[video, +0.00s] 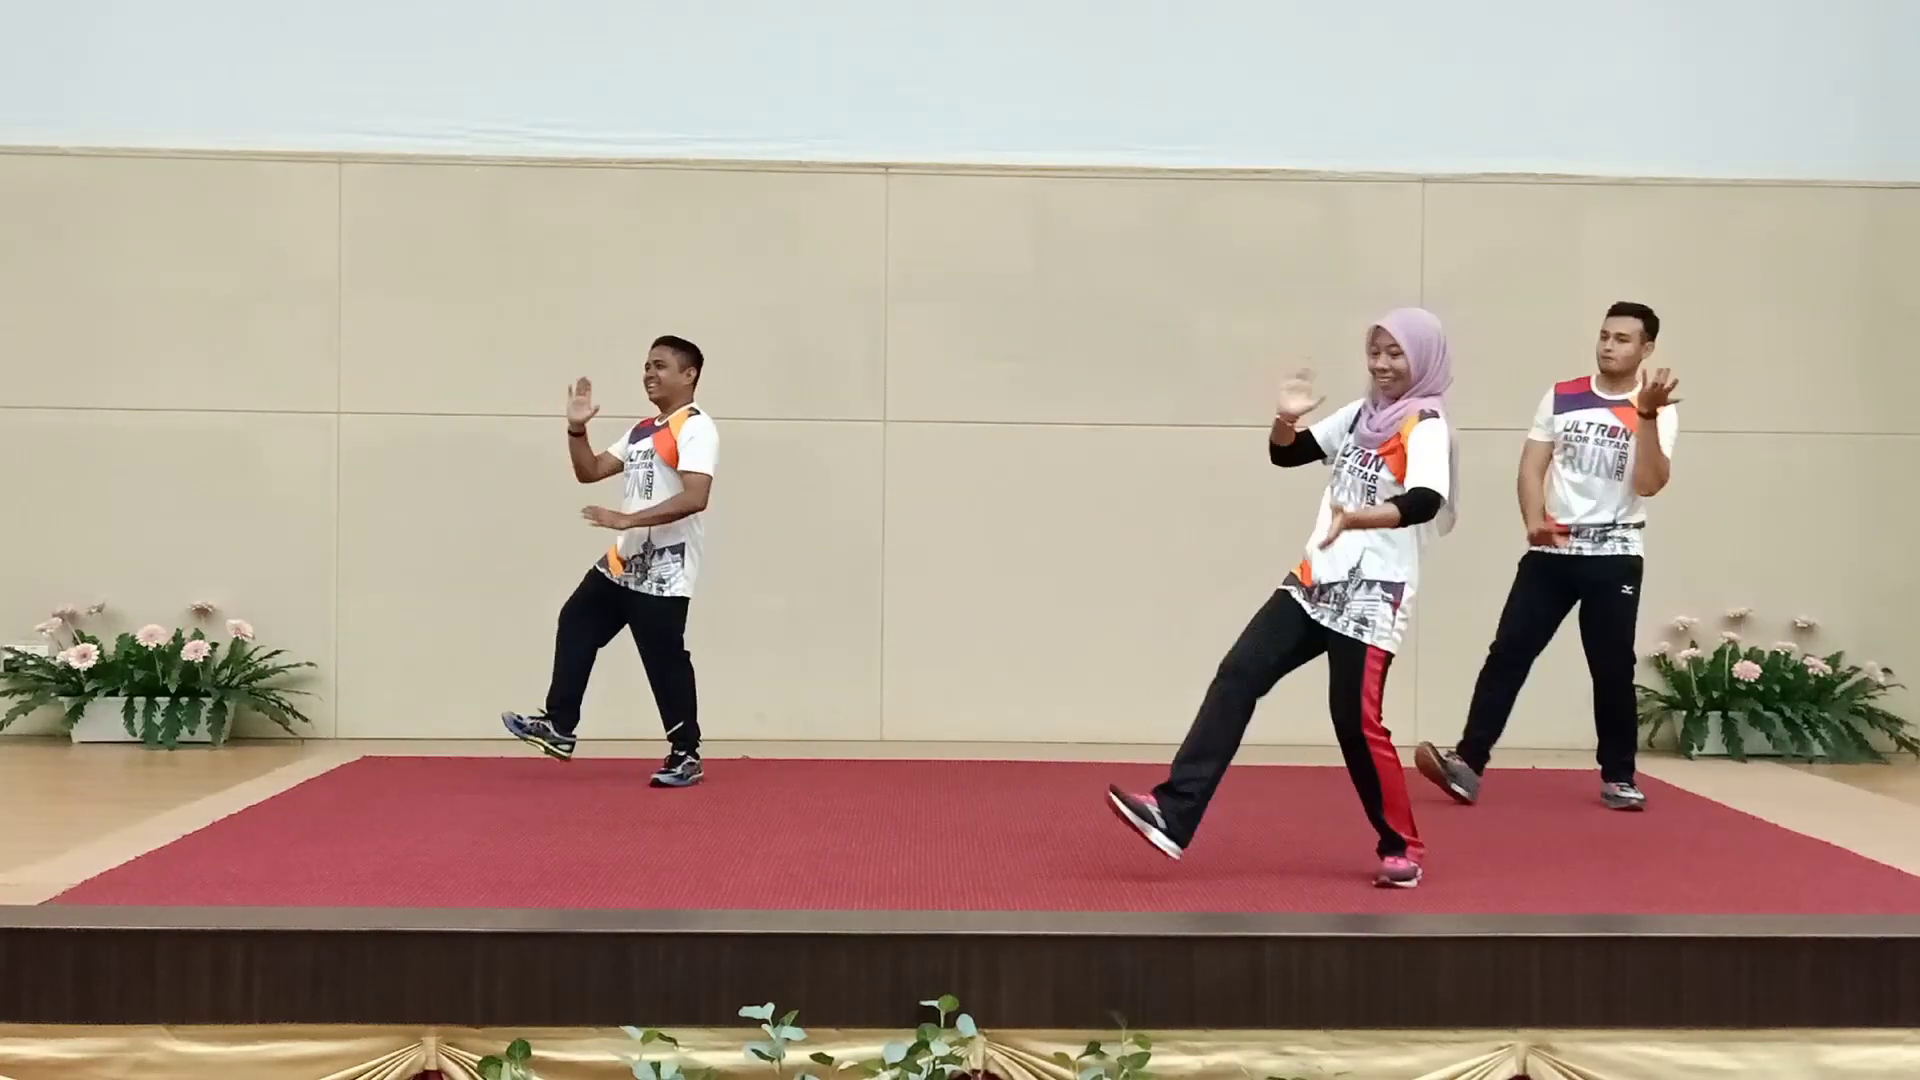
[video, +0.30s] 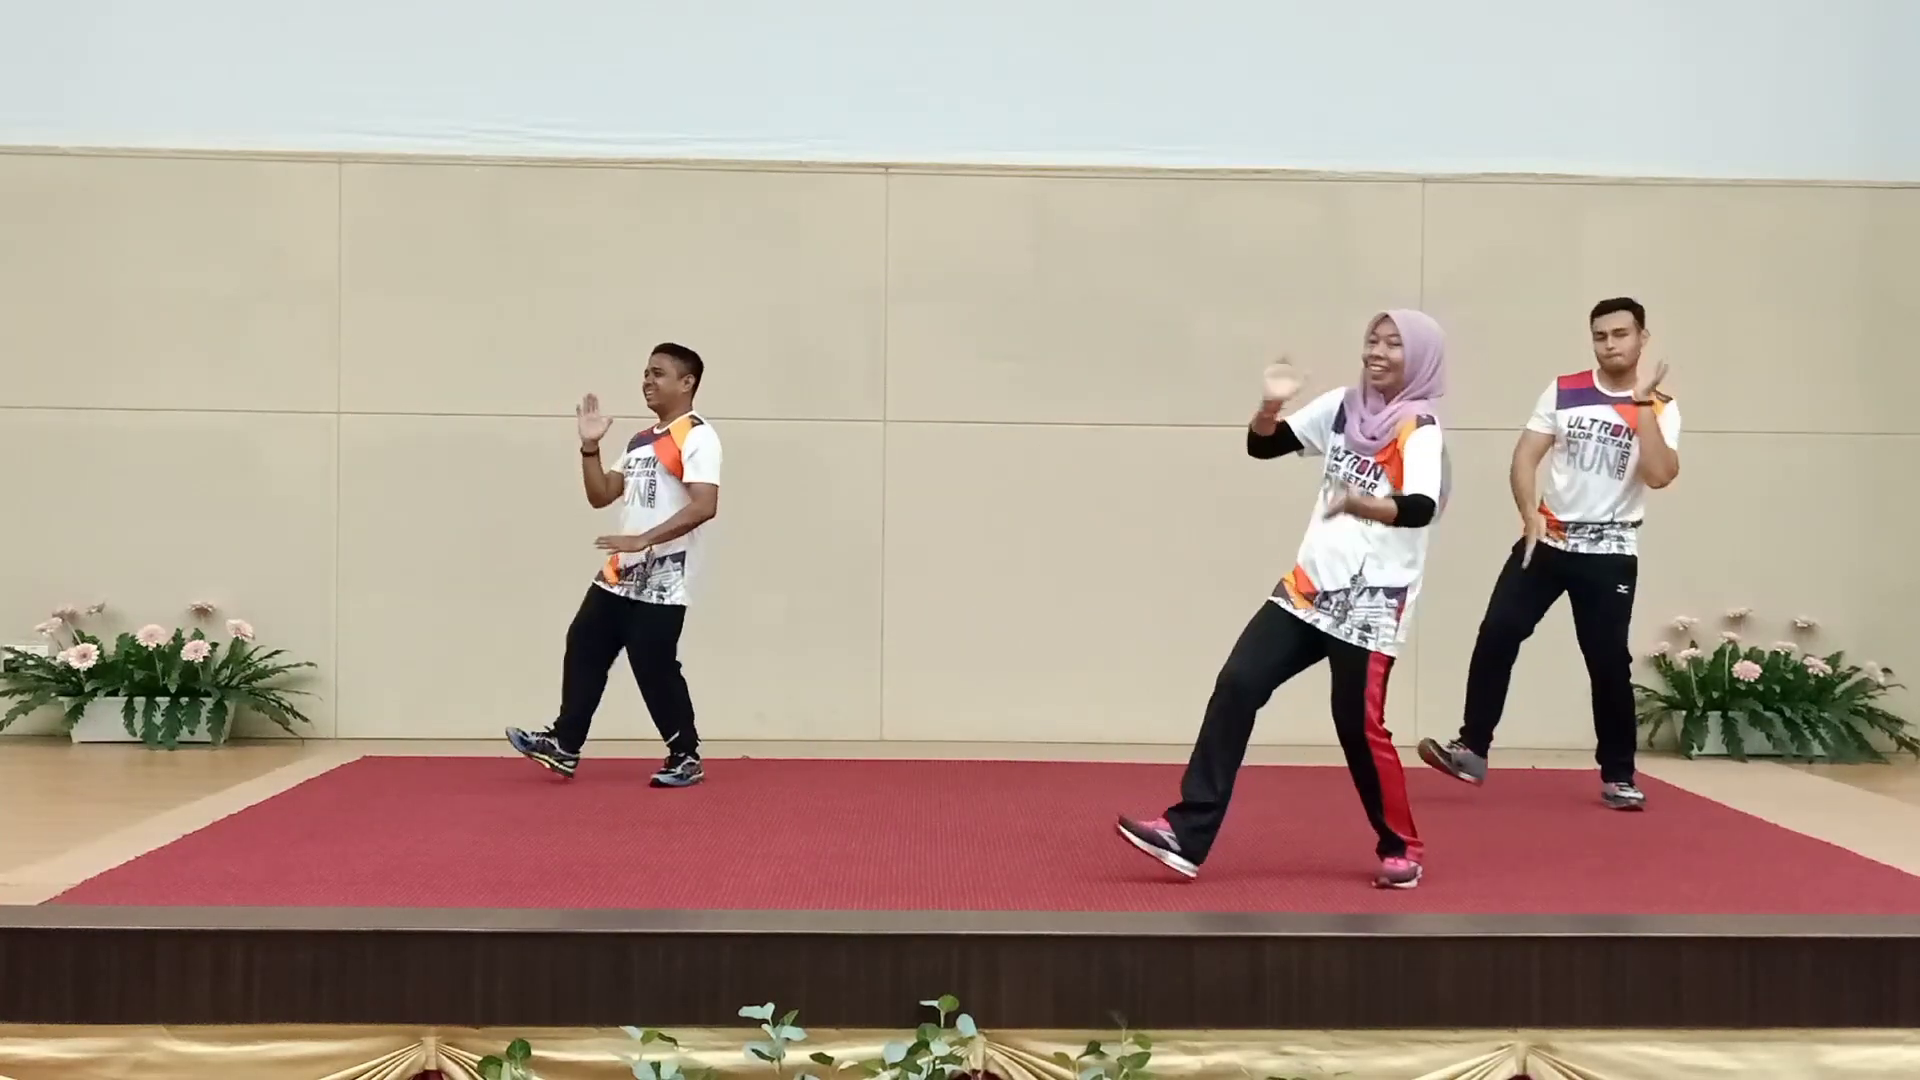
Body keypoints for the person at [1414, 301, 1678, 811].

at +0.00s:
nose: (1610, 346)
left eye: (1623, 339)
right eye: (1606, 336)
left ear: (1646, 349)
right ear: (1597, 340)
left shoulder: (1656, 410)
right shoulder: (1561, 397)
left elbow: (1649, 484)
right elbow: (1530, 469)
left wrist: (1647, 415)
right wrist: (1535, 522)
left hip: (1614, 554)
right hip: (1552, 549)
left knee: (1613, 671)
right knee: (1508, 652)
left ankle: (1619, 778)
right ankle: (1468, 765)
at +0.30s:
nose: (1611, 343)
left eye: (1621, 334)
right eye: (1601, 336)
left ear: (1642, 339)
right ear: (1591, 343)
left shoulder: (1658, 408)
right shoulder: (1563, 392)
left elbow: (1659, 475)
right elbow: (1524, 460)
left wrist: (1643, 401)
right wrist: (1530, 514)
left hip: (1609, 551)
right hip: (1546, 542)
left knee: (1609, 665)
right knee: (1497, 634)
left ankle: (1619, 777)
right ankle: (1472, 750)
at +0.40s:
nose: (1589, 334)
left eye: (1598, 322)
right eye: (1578, 328)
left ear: (1619, 326)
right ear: (1570, 336)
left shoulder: (1646, 393)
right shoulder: (1549, 386)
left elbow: (1663, 455)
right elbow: (1512, 454)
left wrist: (1622, 402)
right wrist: (1535, 434)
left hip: (1603, 544)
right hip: (1538, 535)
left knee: (1610, 662)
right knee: (1490, 622)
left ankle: (1620, 776)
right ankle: (1462, 738)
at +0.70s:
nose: (1523, 339)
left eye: (1531, 328)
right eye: (1511, 334)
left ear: (1551, 332)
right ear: (1502, 347)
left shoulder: (1590, 395)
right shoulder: (1494, 400)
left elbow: (1631, 459)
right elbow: (1473, 462)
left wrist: (1595, 478)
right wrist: (1494, 397)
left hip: (1571, 555)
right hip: (1505, 553)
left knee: (1595, 665)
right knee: (1471, 652)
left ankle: (1619, 777)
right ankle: (1441, 767)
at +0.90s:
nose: (1466, 338)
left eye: (1472, 328)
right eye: (1453, 333)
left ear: (1489, 334)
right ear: (1441, 347)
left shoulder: (1527, 396)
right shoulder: (1429, 405)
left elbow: (1563, 468)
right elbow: (1417, 475)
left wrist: (1541, 487)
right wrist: (1454, 422)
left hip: (1517, 553)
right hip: (1450, 552)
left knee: (1555, 663)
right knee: (1435, 660)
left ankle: (1597, 773)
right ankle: (1432, 775)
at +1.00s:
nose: (1445, 331)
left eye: (1450, 321)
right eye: (1432, 326)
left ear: (1465, 328)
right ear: (1417, 341)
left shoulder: (1502, 391)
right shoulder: (1403, 398)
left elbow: (1534, 468)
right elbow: (1388, 472)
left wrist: (1517, 448)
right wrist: (1429, 459)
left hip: (1492, 545)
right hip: (1429, 547)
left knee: (1524, 646)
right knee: (1429, 660)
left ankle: (1526, 762)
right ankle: (1432, 774)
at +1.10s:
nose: (1426, 328)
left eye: (1431, 318)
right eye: (1412, 324)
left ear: (1444, 324)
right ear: (1397, 339)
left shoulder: (1476, 386)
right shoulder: (1383, 397)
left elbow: (1510, 456)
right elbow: (1365, 467)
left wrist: (1490, 417)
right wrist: (1396, 492)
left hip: (1471, 542)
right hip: (1412, 546)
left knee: (1490, 645)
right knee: (1421, 658)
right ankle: (1431, 772)